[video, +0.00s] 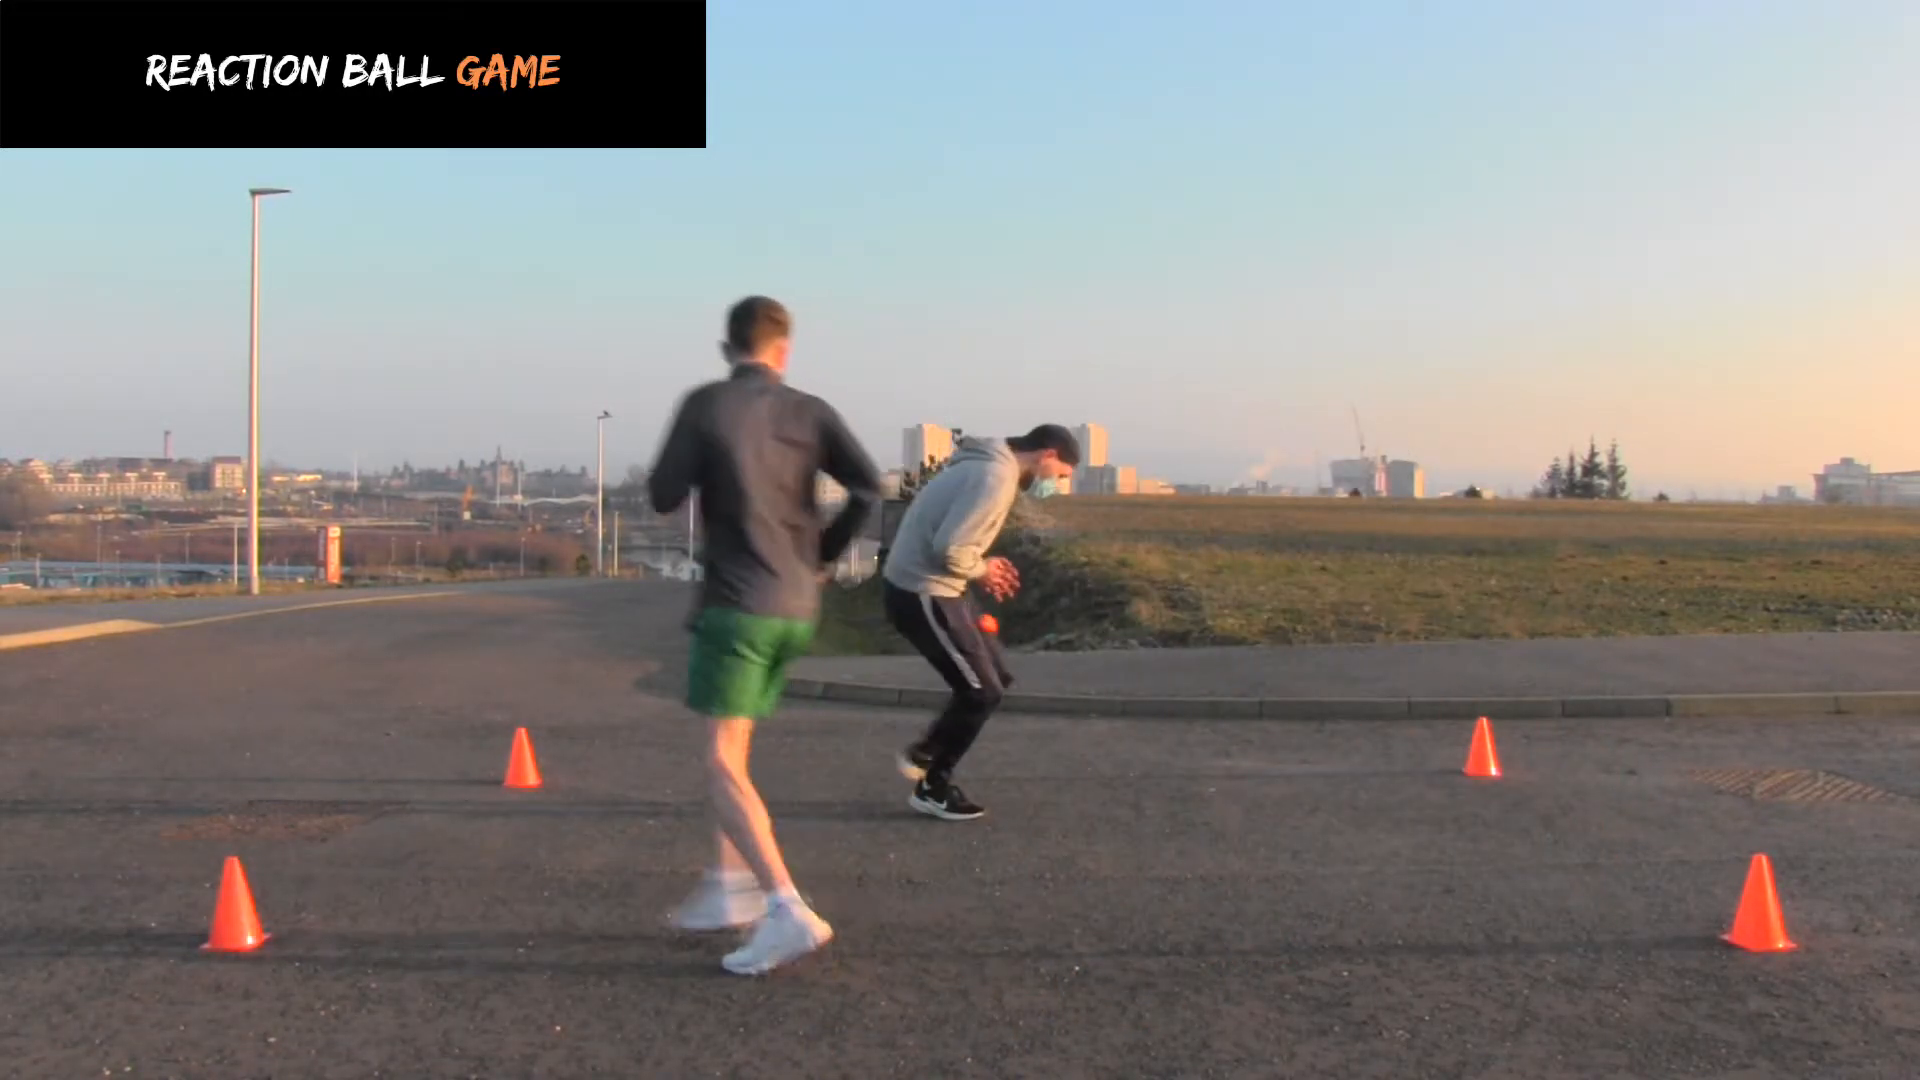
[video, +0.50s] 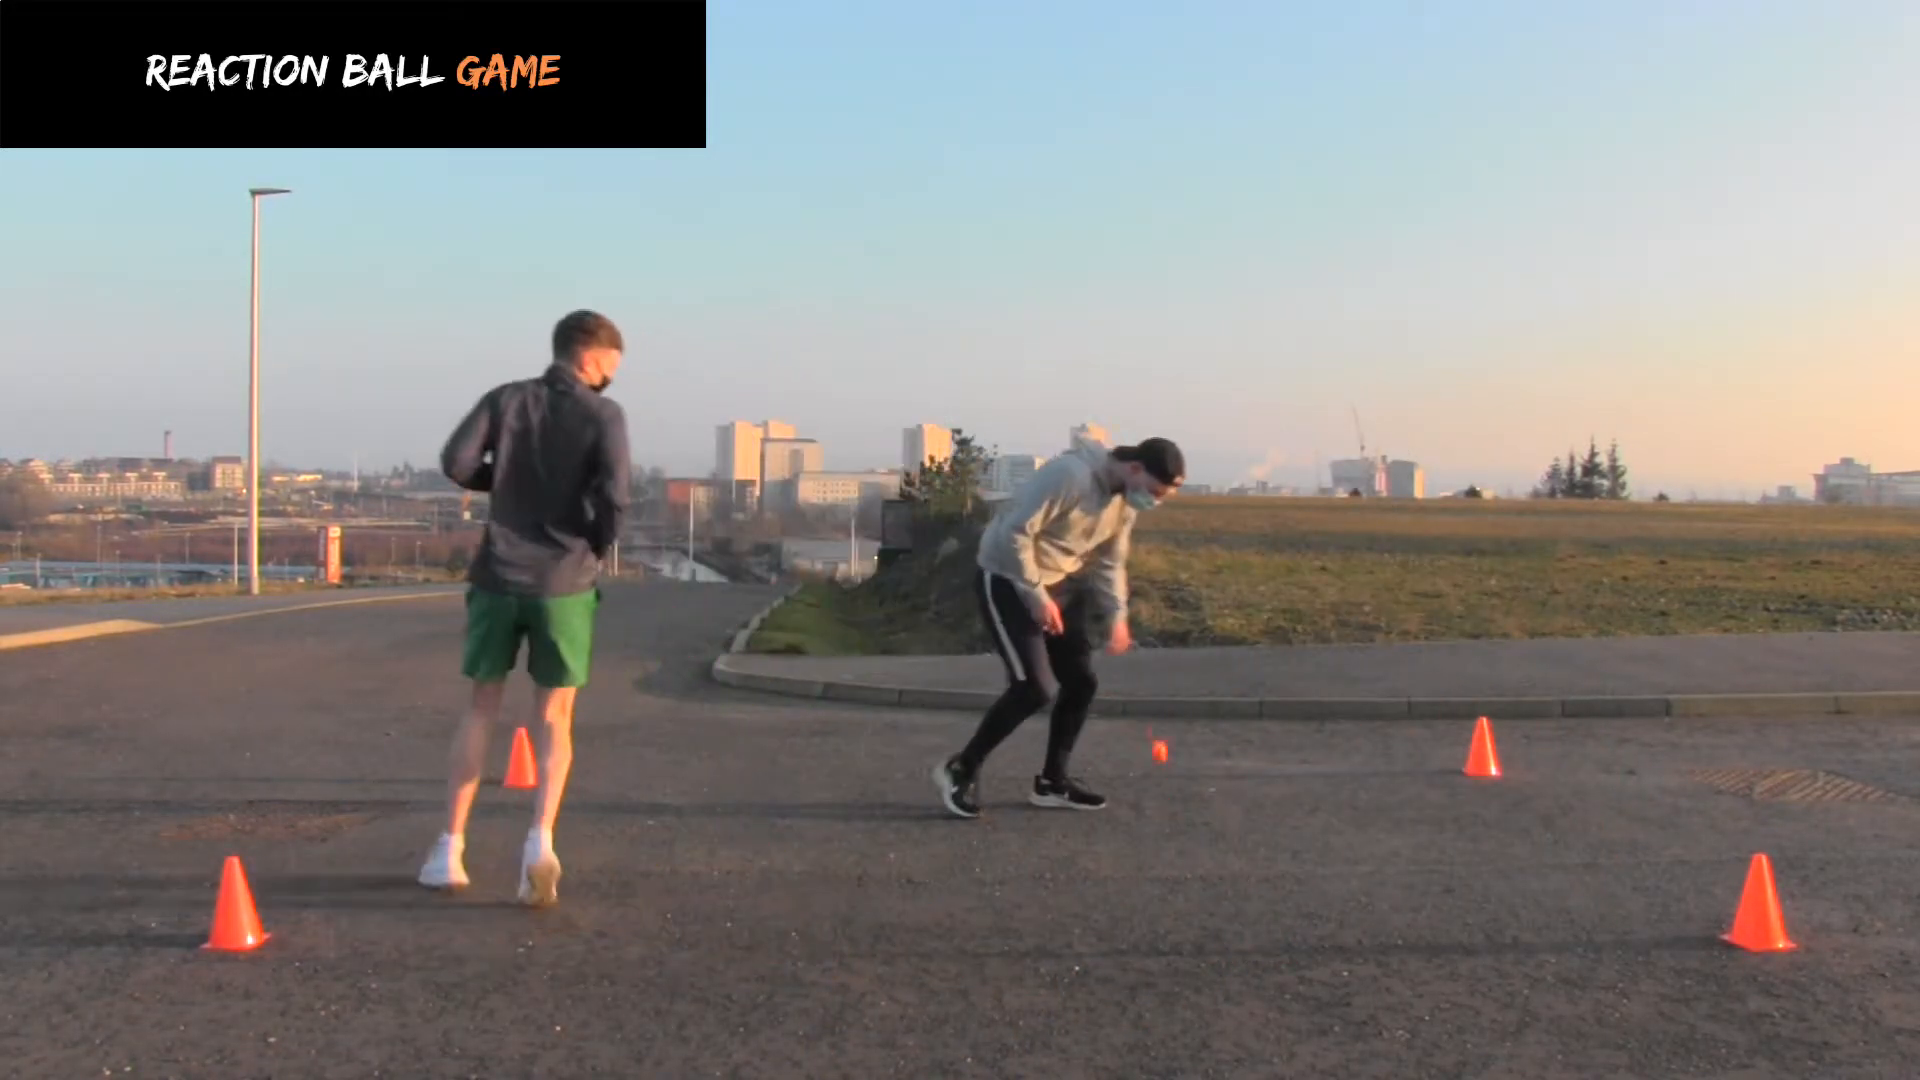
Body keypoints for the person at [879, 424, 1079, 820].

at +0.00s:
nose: (1058, 482)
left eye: (1063, 476)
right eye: (1062, 472)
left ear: (1045, 453)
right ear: (1047, 455)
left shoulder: (1000, 471)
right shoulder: (993, 474)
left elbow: (950, 540)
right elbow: (948, 547)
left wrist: (981, 566)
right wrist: (980, 569)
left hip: (939, 588)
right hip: (918, 590)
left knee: (996, 680)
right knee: (981, 692)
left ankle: (923, 754)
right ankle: (934, 786)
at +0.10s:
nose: (1075, 471)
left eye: (1080, 465)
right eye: (1078, 462)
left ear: (1059, 446)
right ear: (1060, 446)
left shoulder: (1018, 471)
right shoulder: (1004, 469)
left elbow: (970, 538)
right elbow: (957, 542)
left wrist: (991, 575)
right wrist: (991, 573)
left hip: (962, 585)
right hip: (935, 586)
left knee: (1021, 676)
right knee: (992, 689)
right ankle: (937, 783)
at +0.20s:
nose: (1093, 483)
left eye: (1099, 478)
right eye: (1096, 474)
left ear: (1084, 455)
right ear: (1082, 452)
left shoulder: (1049, 481)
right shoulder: (1017, 470)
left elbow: (1018, 542)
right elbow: (969, 541)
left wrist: (1017, 579)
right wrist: (1002, 587)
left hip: (991, 586)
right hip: (956, 586)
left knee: (1038, 681)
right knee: (1005, 691)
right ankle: (940, 781)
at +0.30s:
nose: (1106, 495)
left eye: (1113, 490)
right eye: (1108, 486)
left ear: (1097, 466)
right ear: (1094, 462)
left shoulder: (1072, 492)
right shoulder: (1028, 475)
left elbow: (1046, 545)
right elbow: (976, 544)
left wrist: (1043, 584)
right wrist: (1013, 591)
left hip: (1015, 588)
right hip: (969, 585)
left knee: (1057, 682)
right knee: (1016, 694)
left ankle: (1050, 781)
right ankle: (946, 778)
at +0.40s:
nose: (1129, 503)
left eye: (1137, 499)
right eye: (1131, 493)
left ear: (1117, 472)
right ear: (1115, 469)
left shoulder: (1100, 501)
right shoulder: (1046, 479)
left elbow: (1086, 556)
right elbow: (995, 543)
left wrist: (1085, 601)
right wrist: (1024, 596)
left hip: (1035, 587)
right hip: (987, 581)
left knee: (1076, 680)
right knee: (1020, 692)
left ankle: (1052, 779)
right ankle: (948, 777)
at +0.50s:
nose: (1150, 502)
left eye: (1157, 498)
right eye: (1151, 493)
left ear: (1138, 472)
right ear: (1135, 469)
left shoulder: (1122, 501)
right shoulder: (1069, 473)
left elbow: (1111, 563)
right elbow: (1011, 535)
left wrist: (1117, 615)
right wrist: (1036, 596)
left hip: (1048, 584)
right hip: (1003, 575)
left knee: (1080, 683)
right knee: (1035, 687)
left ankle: (1052, 780)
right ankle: (960, 770)